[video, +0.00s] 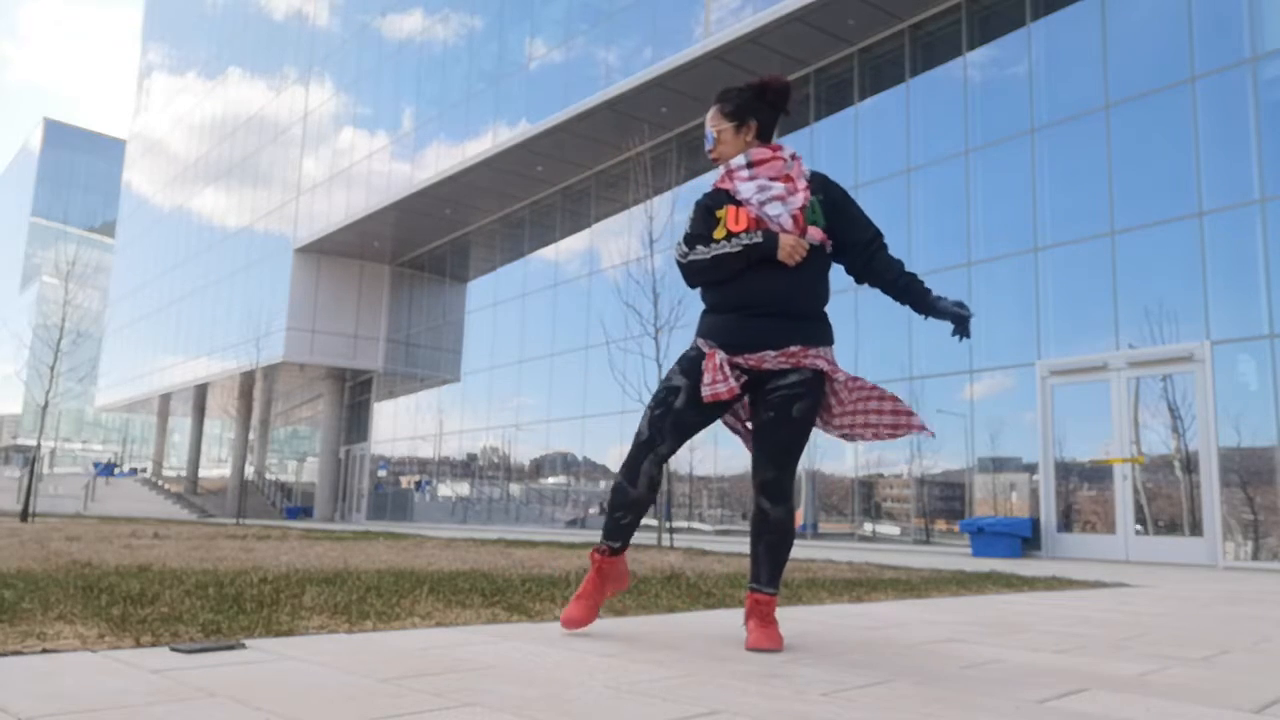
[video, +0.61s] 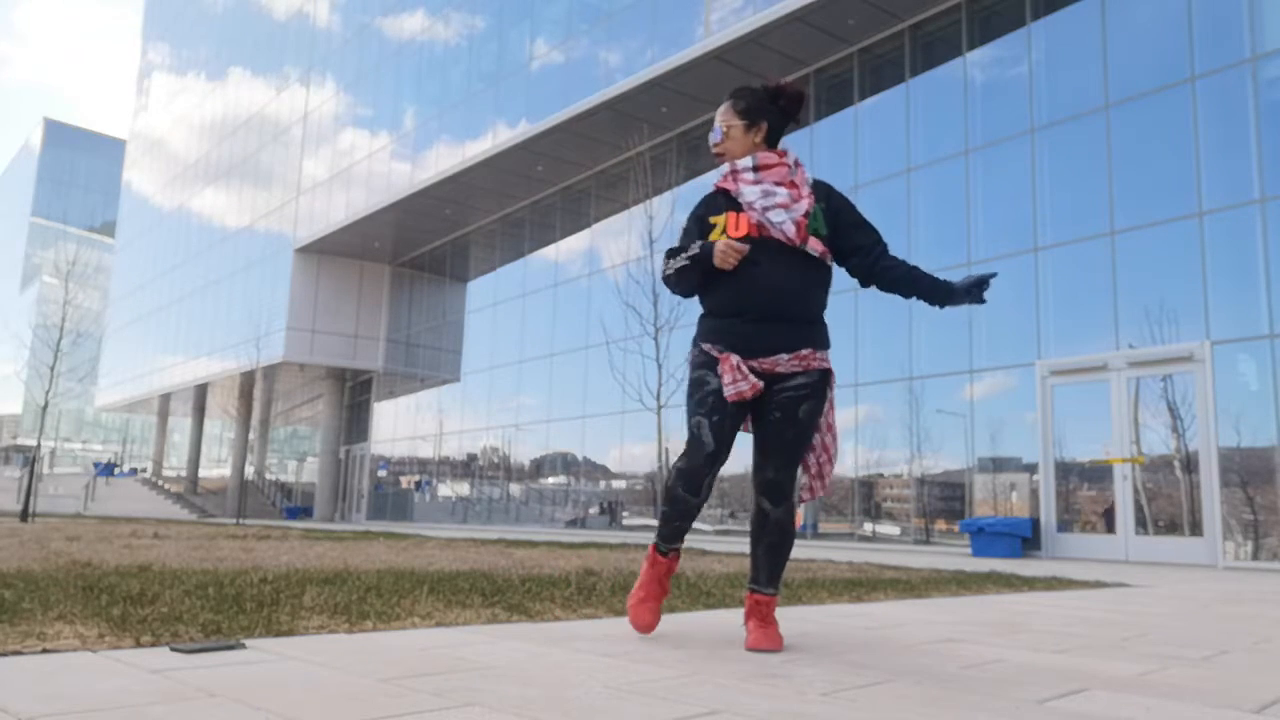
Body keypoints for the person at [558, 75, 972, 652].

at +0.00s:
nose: (709, 148)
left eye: (715, 136)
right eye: (708, 138)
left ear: (750, 132)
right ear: (733, 134)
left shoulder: (817, 194)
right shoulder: (716, 200)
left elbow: (871, 259)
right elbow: (690, 264)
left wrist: (931, 303)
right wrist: (765, 243)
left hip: (792, 359)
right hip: (716, 354)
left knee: (773, 484)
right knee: (650, 441)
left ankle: (762, 608)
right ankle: (607, 562)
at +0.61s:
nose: (714, 141)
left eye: (724, 130)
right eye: (715, 130)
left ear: (760, 133)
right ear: (739, 134)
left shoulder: (819, 202)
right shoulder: (715, 206)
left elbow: (874, 265)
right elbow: (675, 279)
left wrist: (946, 292)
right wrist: (706, 257)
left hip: (795, 362)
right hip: (720, 357)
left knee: (776, 487)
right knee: (702, 456)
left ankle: (761, 609)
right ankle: (660, 563)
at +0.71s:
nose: (714, 138)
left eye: (725, 129)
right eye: (715, 128)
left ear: (761, 133)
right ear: (739, 134)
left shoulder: (817, 204)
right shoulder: (711, 204)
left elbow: (869, 267)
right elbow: (673, 274)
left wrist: (943, 282)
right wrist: (677, 270)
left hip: (800, 360)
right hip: (725, 355)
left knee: (781, 484)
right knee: (749, 448)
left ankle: (762, 607)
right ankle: (695, 562)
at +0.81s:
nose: (722, 140)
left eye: (734, 128)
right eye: (718, 130)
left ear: (770, 134)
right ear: (718, 138)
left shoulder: (813, 203)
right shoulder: (710, 205)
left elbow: (861, 269)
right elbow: (689, 269)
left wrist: (933, 275)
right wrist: (666, 271)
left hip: (802, 361)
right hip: (728, 356)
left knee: (787, 489)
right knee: (773, 450)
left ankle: (764, 608)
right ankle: (707, 563)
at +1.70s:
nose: (760, 133)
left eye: (772, 123)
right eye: (747, 125)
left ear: (789, 131)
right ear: (733, 137)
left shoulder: (819, 197)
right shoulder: (720, 206)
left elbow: (865, 269)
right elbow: (686, 278)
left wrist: (917, 315)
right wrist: (658, 230)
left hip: (801, 360)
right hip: (728, 361)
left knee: (777, 486)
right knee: (655, 431)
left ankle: (763, 606)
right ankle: (685, 562)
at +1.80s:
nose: (759, 132)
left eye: (771, 122)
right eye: (747, 123)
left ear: (789, 130)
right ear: (733, 134)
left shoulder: (819, 196)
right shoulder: (720, 204)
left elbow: (863, 266)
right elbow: (687, 276)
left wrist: (914, 306)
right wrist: (656, 233)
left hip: (802, 355)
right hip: (727, 354)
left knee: (779, 484)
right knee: (672, 430)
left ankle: (763, 606)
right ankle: (687, 563)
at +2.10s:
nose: (759, 130)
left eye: (770, 120)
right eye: (746, 122)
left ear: (786, 129)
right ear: (731, 133)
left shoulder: (813, 195)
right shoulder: (715, 198)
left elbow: (844, 262)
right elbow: (680, 273)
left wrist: (871, 289)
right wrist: (649, 237)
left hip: (802, 348)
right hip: (730, 346)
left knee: (785, 480)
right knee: (764, 443)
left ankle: (764, 607)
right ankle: (708, 565)